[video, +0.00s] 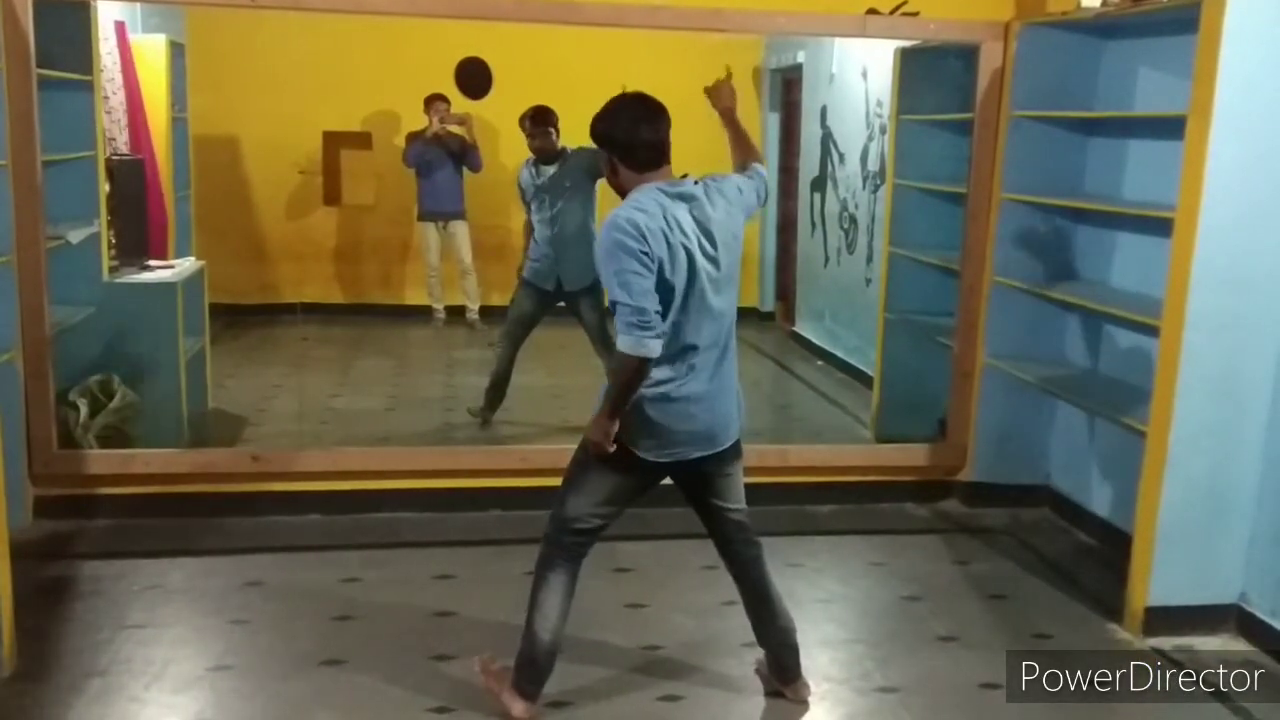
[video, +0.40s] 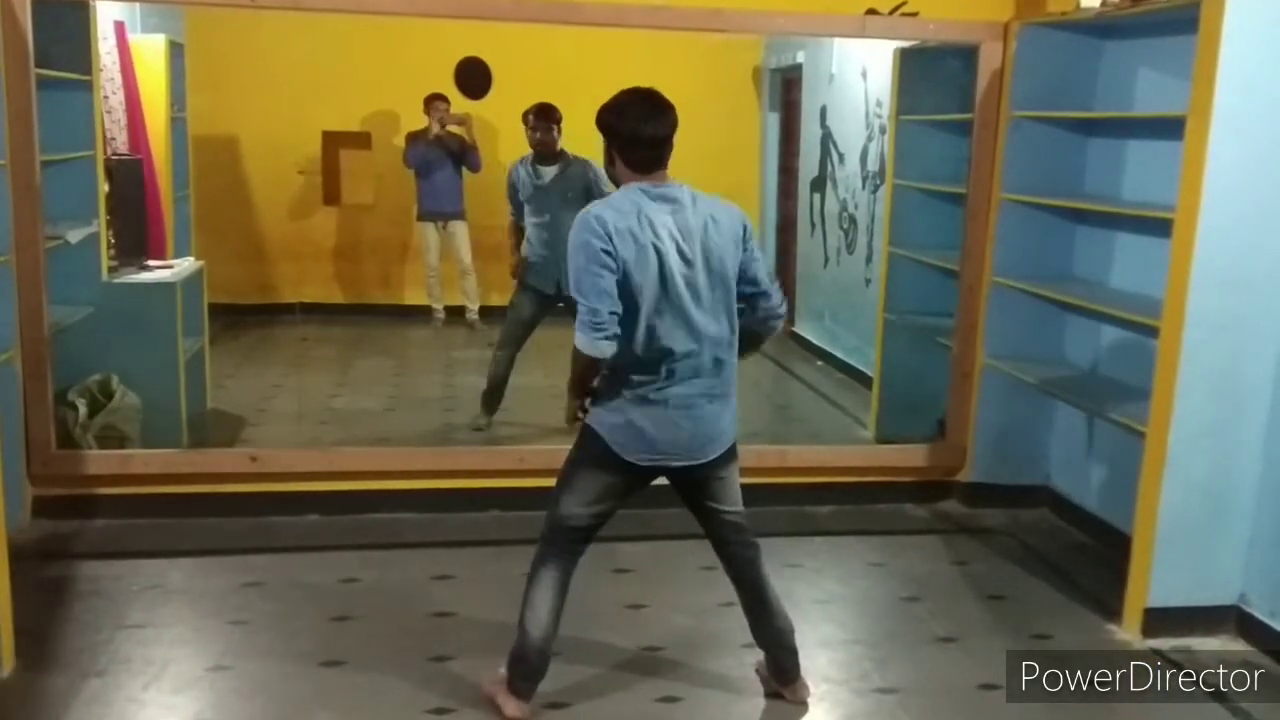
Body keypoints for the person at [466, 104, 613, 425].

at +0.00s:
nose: (534, 143)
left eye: (539, 136)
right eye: (529, 137)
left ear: (556, 133)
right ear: (525, 138)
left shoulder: (583, 161)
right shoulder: (527, 174)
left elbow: (623, 161)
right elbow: (531, 221)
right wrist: (524, 267)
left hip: (580, 272)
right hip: (539, 272)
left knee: (603, 343)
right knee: (509, 339)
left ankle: (630, 405)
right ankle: (487, 410)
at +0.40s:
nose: (539, 136)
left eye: (546, 129)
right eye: (534, 130)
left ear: (559, 131)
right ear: (526, 133)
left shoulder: (585, 171)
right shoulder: (519, 173)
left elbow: (610, 214)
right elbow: (517, 218)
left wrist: (606, 256)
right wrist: (516, 255)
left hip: (581, 272)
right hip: (538, 272)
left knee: (594, 343)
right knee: (507, 342)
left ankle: (581, 408)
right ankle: (486, 412)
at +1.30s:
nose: (532, 135)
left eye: (539, 128)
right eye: (526, 129)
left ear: (550, 130)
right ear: (517, 131)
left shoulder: (572, 166)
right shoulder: (509, 168)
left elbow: (588, 212)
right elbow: (504, 220)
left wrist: (586, 261)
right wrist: (510, 265)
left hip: (573, 271)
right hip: (531, 271)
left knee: (594, 340)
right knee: (502, 342)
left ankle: (593, 405)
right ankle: (487, 410)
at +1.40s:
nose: (523, 133)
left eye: (530, 125)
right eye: (519, 126)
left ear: (547, 125)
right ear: (516, 127)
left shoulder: (566, 162)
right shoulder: (508, 164)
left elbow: (582, 185)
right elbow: (502, 216)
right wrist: (505, 261)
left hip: (570, 272)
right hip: (528, 271)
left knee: (591, 342)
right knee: (500, 340)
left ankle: (588, 406)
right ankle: (486, 410)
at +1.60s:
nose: (534, 134)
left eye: (539, 127)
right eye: (528, 128)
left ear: (550, 128)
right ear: (519, 130)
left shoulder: (564, 159)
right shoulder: (509, 168)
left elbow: (571, 180)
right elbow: (504, 218)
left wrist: (534, 158)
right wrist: (507, 261)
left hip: (569, 272)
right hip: (530, 273)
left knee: (588, 340)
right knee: (502, 341)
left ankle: (585, 401)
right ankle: (487, 410)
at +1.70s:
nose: (539, 137)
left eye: (544, 130)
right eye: (532, 131)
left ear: (554, 131)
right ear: (521, 132)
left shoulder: (564, 166)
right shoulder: (511, 169)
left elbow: (538, 198)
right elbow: (503, 220)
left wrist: (511, 176)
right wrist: (509, 265)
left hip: (567, 274)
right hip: (531, 274)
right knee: (502, 339)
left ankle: (592, 407)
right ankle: (488, 409)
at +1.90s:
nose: (517, 135)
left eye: (523, 127)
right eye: (511, 128)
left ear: (534, 127)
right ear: (503, 130)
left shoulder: (548, 164)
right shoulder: (497, 162)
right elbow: (489, 219)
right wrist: (498, 265)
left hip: (552, 272)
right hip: (515, 272)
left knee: (569, 338)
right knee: (490, 336)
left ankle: (579, 403)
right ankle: (486, 409)